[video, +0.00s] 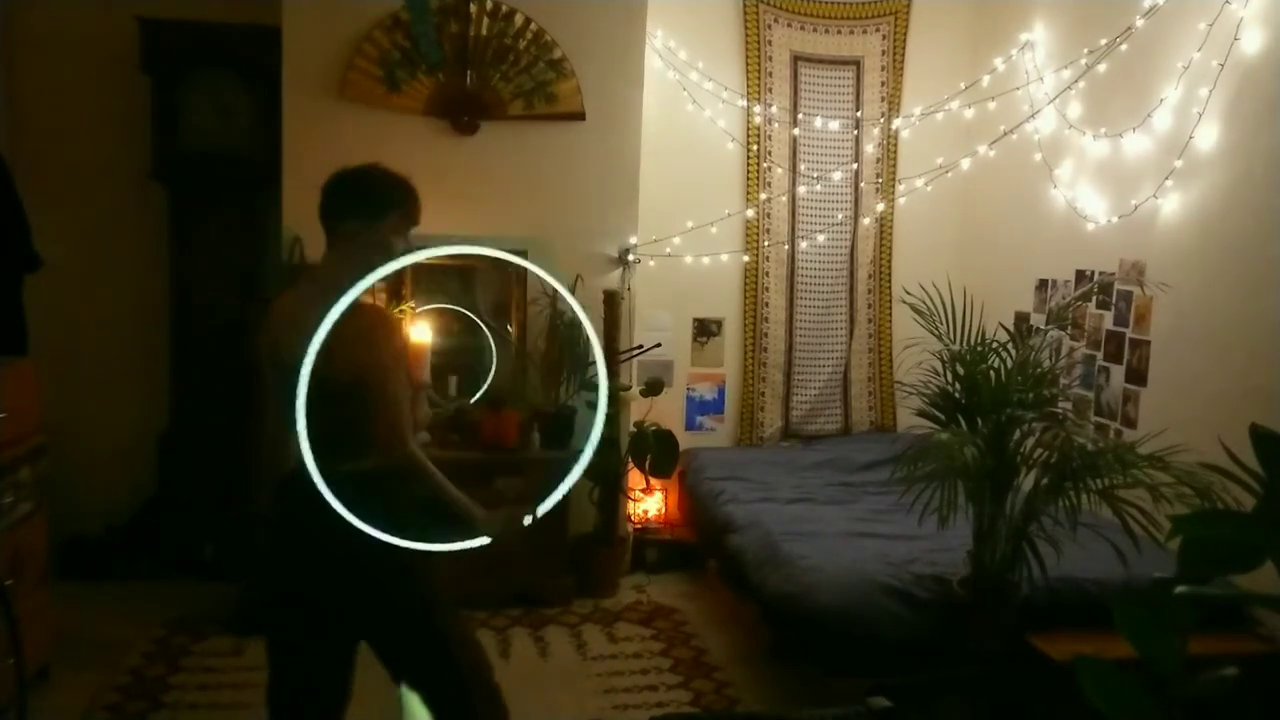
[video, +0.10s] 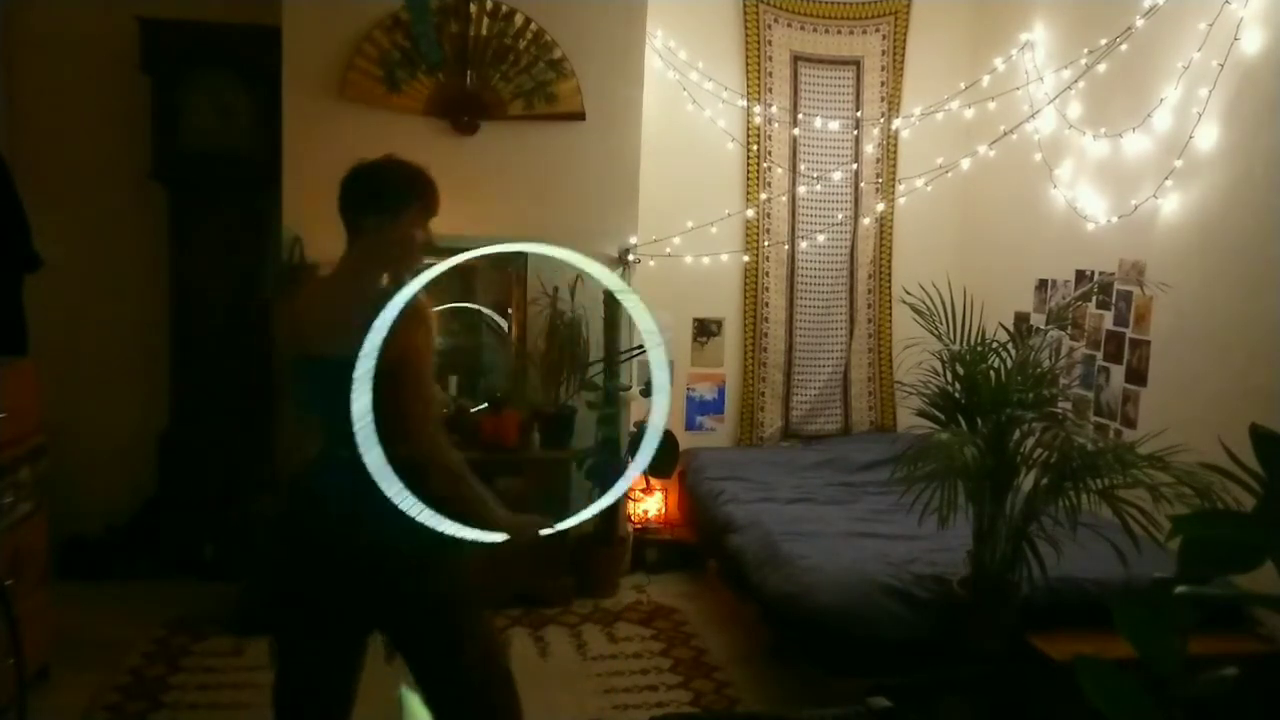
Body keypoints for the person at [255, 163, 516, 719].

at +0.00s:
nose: (407, 246)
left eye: (409, 232)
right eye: (404, 231)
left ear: (335, 225)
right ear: (377, 229)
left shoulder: (287, 310)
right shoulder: (371, 321)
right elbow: (395, 450)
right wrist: (479, 520)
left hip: (299, 543)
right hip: (371, 550)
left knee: (303, 704)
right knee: (471, 701)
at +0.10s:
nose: (426, 242)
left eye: (426, 226)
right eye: (421, 225)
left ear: (353, 220)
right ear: (394, 225)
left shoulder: (300, 305)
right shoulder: (403, 309)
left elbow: (296, 433)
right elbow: (418, 437)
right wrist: (499, 520)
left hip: (316, 541)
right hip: (401, 543)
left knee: (308, 705)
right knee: (481, 704)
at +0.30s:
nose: (459, 239)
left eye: (458, 225)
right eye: (451, 223)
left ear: (390, 228)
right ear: (415, 226)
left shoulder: (338, 321)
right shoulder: (453, 297)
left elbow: (336, 435)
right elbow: (544, 331)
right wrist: (632, 349)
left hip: (371, 498)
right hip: (443, 498)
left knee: (375, 642)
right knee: (503, 655)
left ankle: (315, 716)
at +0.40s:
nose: (461, 239)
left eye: (459, 224)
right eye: (453, 222)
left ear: (393, 228)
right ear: (415, 225)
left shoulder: (349, 312)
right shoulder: (424, 294)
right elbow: (544, 288)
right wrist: (653, 268)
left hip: (377, 504)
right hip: (434, 505)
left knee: (386, 638)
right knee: (506, 664)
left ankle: (314, 714)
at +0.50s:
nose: (448, 220)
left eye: (446, 206)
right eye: (437, 206)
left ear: (392, 209)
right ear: (400, 208)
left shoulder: (372, 277)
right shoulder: (384, 276)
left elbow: (427, 317)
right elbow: (507, 266)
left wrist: (487, 299)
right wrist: (599, 234)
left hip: (388, 482)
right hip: (396, 485)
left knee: (369, 639)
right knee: (464, 650)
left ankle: (311, 714)